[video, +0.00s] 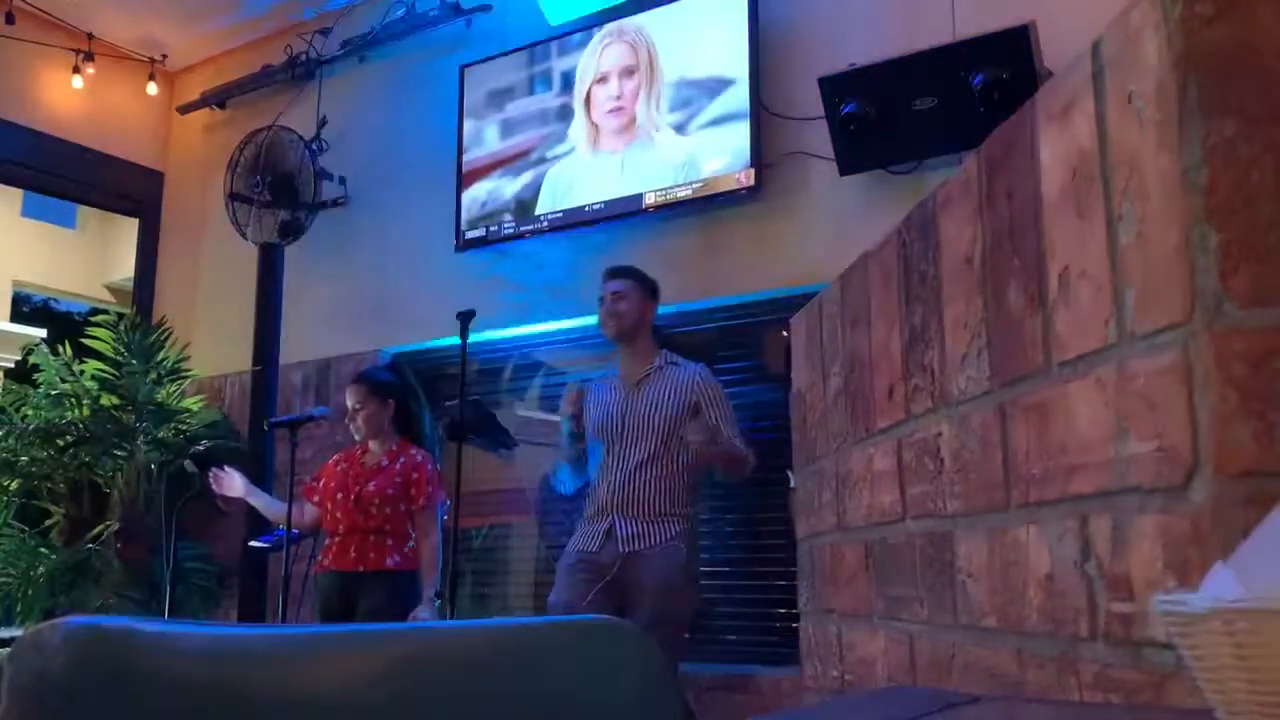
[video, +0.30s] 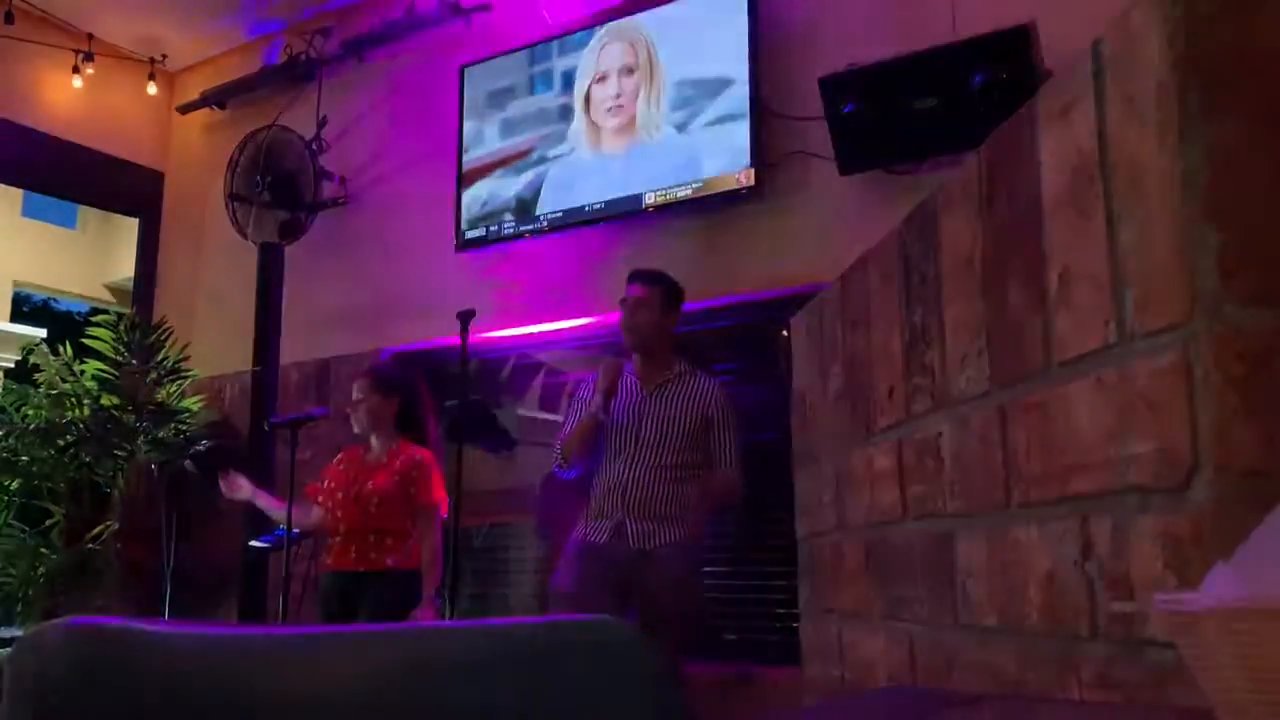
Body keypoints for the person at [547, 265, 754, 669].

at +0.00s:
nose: (608, 307)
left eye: (619, 297)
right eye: (603, 301)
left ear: (649, 307)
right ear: (600, 316)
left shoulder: (693, 380)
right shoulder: (593, 391)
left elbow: (740, 462)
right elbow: (573, 477)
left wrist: (712, 447)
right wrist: (572, 425)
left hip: (661, 539)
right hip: (592, 538)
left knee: (651, 664)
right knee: (565, 643)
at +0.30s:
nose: (628, 315)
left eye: (641, 306)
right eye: (625, 306)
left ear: (670, 318)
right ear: (618, 314)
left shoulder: (705, 393)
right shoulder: (595, 385)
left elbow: (728, 477)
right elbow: (565, 461)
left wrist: (690, 499)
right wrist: (599, 403)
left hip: (668, 542)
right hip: (596, 538)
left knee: (665, 655)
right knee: (567, 633)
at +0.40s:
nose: (628, 319)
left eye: (640, 309)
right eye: (625, 309)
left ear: (670, 320)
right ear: (619, 316)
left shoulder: (706, 395)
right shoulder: (595, 386)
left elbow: (729, 482)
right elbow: (569, 458)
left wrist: (701, 514)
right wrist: (602, 396)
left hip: (668, 541)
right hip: (596, 537)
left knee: (670, 649)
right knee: (567, 631)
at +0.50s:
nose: (626, 319)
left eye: (639, 309)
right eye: (623, 308)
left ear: (669, 318)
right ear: (618, 313)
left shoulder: (709, 388)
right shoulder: (598, 384)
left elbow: (734, 472)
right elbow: (569, 450)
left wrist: (713, 515)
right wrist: (604, 385)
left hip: (671, 546)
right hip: (600, 546)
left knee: (671, 657)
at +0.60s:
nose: (625, 317)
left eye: (638, 307)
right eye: (622, 306)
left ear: (668, 316)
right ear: (617, 311)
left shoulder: (707, 384)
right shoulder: (602, 379)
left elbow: (735, 463)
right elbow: (572, 441)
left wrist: (715, 515)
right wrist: (602, 376)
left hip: (666, 539)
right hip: (596, 535)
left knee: (665, 646)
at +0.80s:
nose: (617, 326)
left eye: (630, 315)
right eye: (614, 315)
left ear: (661, 318)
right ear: (610, 317)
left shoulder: (701, 385)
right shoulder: (595, 378)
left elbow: (738, 464)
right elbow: (567, 446)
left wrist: (728, 489)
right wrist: (596, 384)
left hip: (661, 542)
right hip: (591, 536)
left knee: (647, 658)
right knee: (562, 646)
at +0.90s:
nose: (609, 330)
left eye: (620, 318)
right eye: (606, 319)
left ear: (654, 321)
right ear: (605, 320)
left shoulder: (695, 387)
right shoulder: (601, 381)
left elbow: (726, 469)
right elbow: (566, 452)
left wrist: (705, 489)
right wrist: (590, 386)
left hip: (656, 541)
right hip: (591, 536)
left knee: (644, 648)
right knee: (560, 589)